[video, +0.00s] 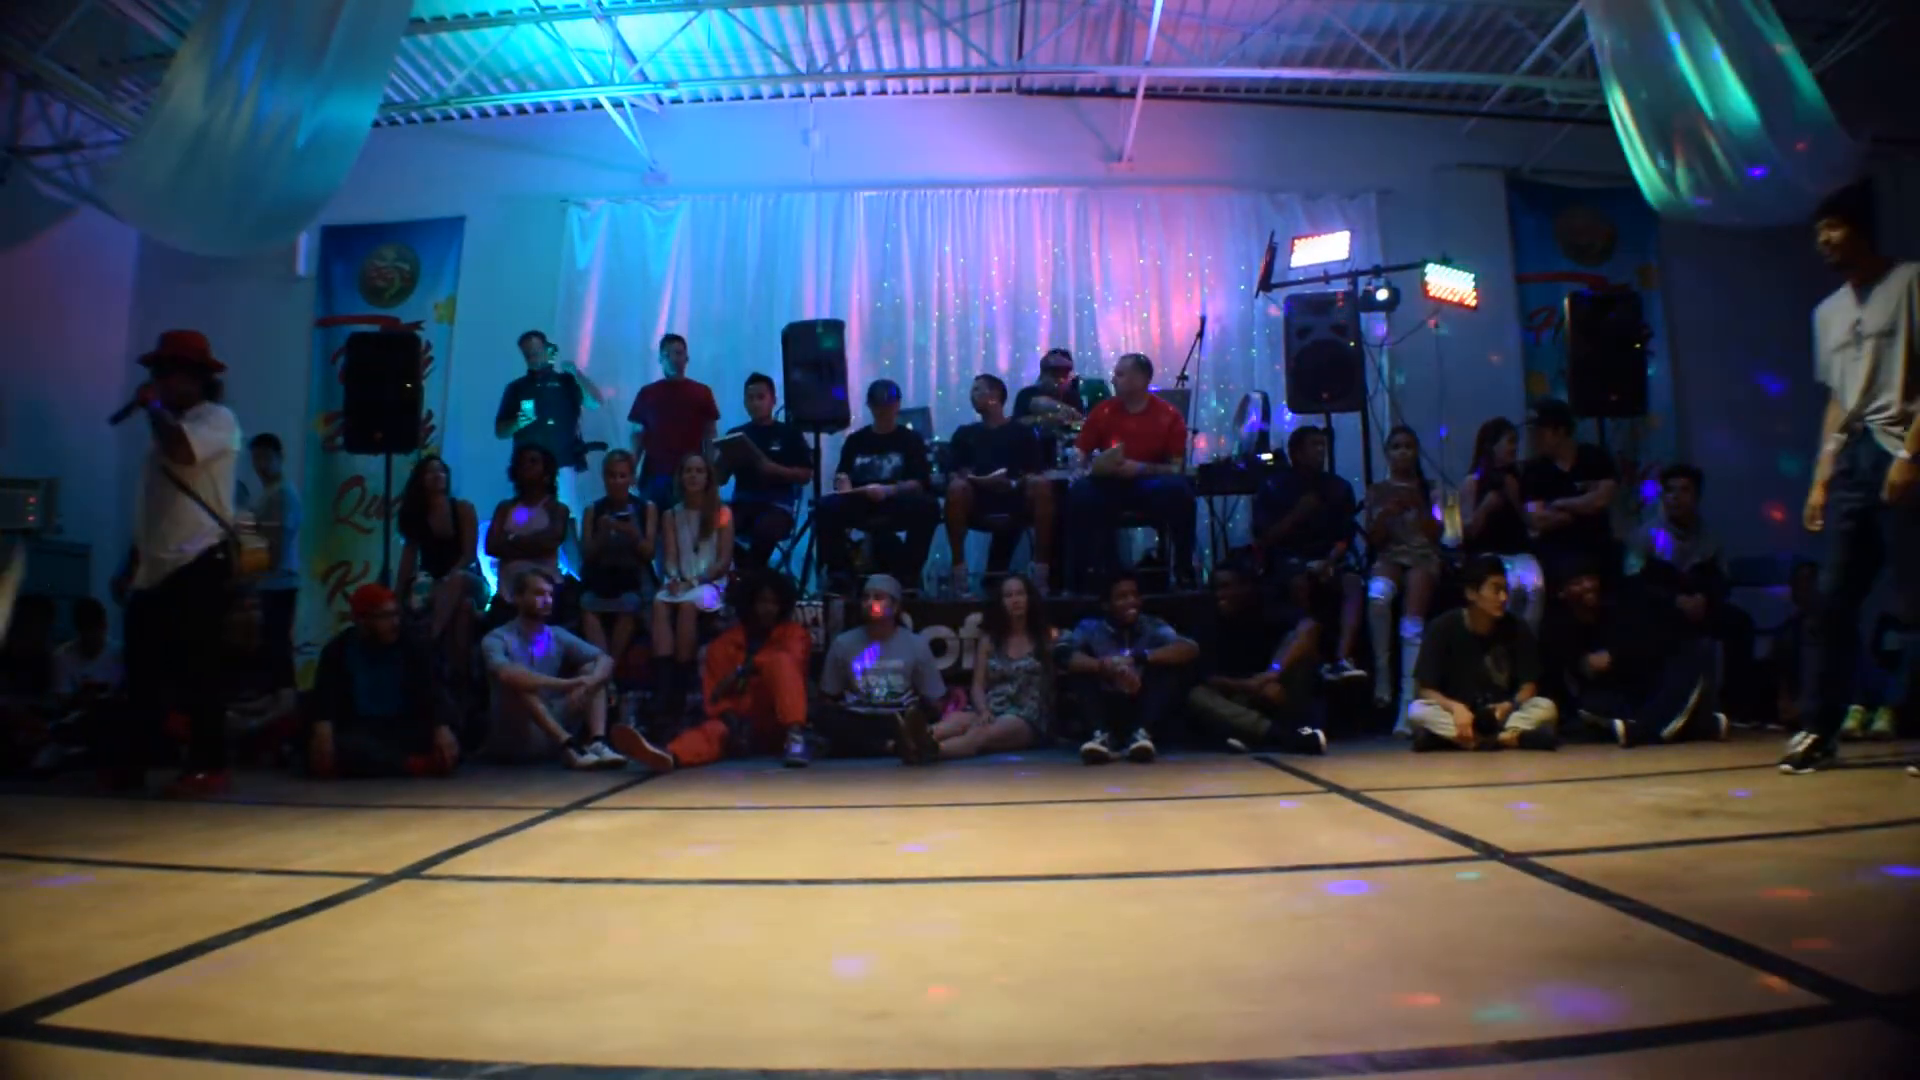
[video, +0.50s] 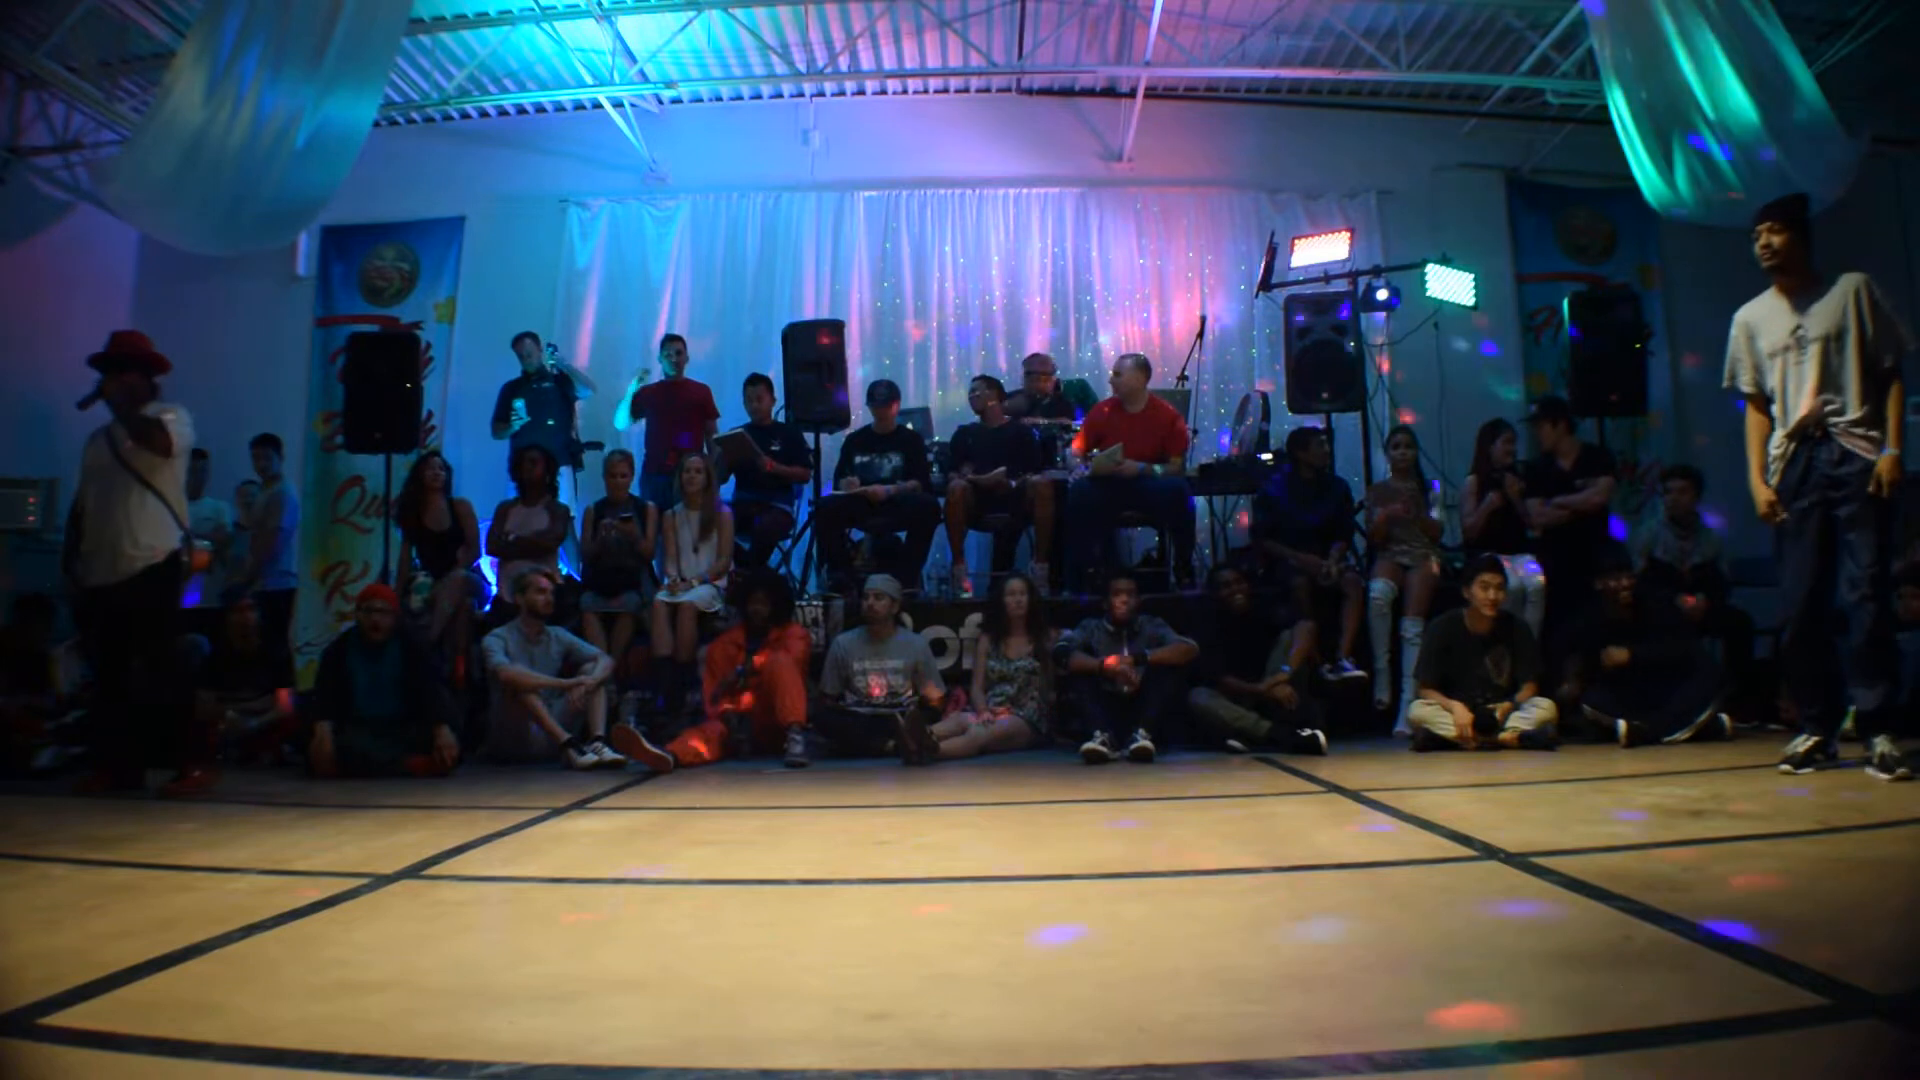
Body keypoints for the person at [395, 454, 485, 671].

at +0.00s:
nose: (438, 476)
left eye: (442, 471)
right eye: (431, 472)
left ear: (447, 476)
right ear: (421, 479)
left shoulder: (463, 509)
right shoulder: (417, 513)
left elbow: (469, 554)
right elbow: (409, 557)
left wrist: (448, 580)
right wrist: (399, 600)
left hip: (468, 579)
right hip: (436, 585)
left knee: (457, 580)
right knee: (465, 606)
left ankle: (431, 641)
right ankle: (458, 677)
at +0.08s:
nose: (438, 476)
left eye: (441, 471)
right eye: (431, 472)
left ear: (447, 476)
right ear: (421, 479)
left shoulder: (463, 509)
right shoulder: (416, 512)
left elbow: (469, 555)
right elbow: (409, 554)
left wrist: (447, 581)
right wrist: (398, 598)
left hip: (467, 581)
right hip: (434, 585)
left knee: (457, 579)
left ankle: (430, 640)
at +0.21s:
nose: (438, 476)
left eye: (442, 471)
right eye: (431, 472)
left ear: (448, 476)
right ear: (421, 479)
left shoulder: (463, 509)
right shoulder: (415, 513)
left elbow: (469, 555)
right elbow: (409, 555)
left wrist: (447, 579)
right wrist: (401, 595)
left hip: (469, 583)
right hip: (433, 587)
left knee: (455, 580)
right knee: (463, 605)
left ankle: (428, 643)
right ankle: (459, 677)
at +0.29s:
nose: (438, 474)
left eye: (442, 469)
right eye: (431, 469)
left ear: (448, 476)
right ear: (421, 477)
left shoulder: (462, 509)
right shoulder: (415, 511)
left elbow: (469, 552)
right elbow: (408, 556)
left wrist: (449, 580)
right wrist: (398, 595)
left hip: (465, 580)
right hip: (429, 583)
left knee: (457, 582)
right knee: (462, 606)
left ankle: (429, 645)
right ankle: (458, 674)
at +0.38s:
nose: (437, 474)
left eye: (442, 469)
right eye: (431, 469)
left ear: (447, 475)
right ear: (421, 475)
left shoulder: (462, 508)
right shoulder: (413, 511)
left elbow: (471, 552)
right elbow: (406, 555)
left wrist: (451, 577)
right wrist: (399, 594)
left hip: (464, 582)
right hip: (428, 587)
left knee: (457, 581)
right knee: (461, 607)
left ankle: (430, 643)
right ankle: (458, 675)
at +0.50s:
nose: (436, 473)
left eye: (441, 469)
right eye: (430, 469)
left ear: (447, 474)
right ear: (420, 474)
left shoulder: (461, 507)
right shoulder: (413, 510)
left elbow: (475, 551)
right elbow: (406, 554)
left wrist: (455, 574)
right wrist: (399, 595)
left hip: (467, 580)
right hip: (434, 585)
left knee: (457, 580)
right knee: (463, 604)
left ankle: (429, 644)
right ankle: (457, 668)